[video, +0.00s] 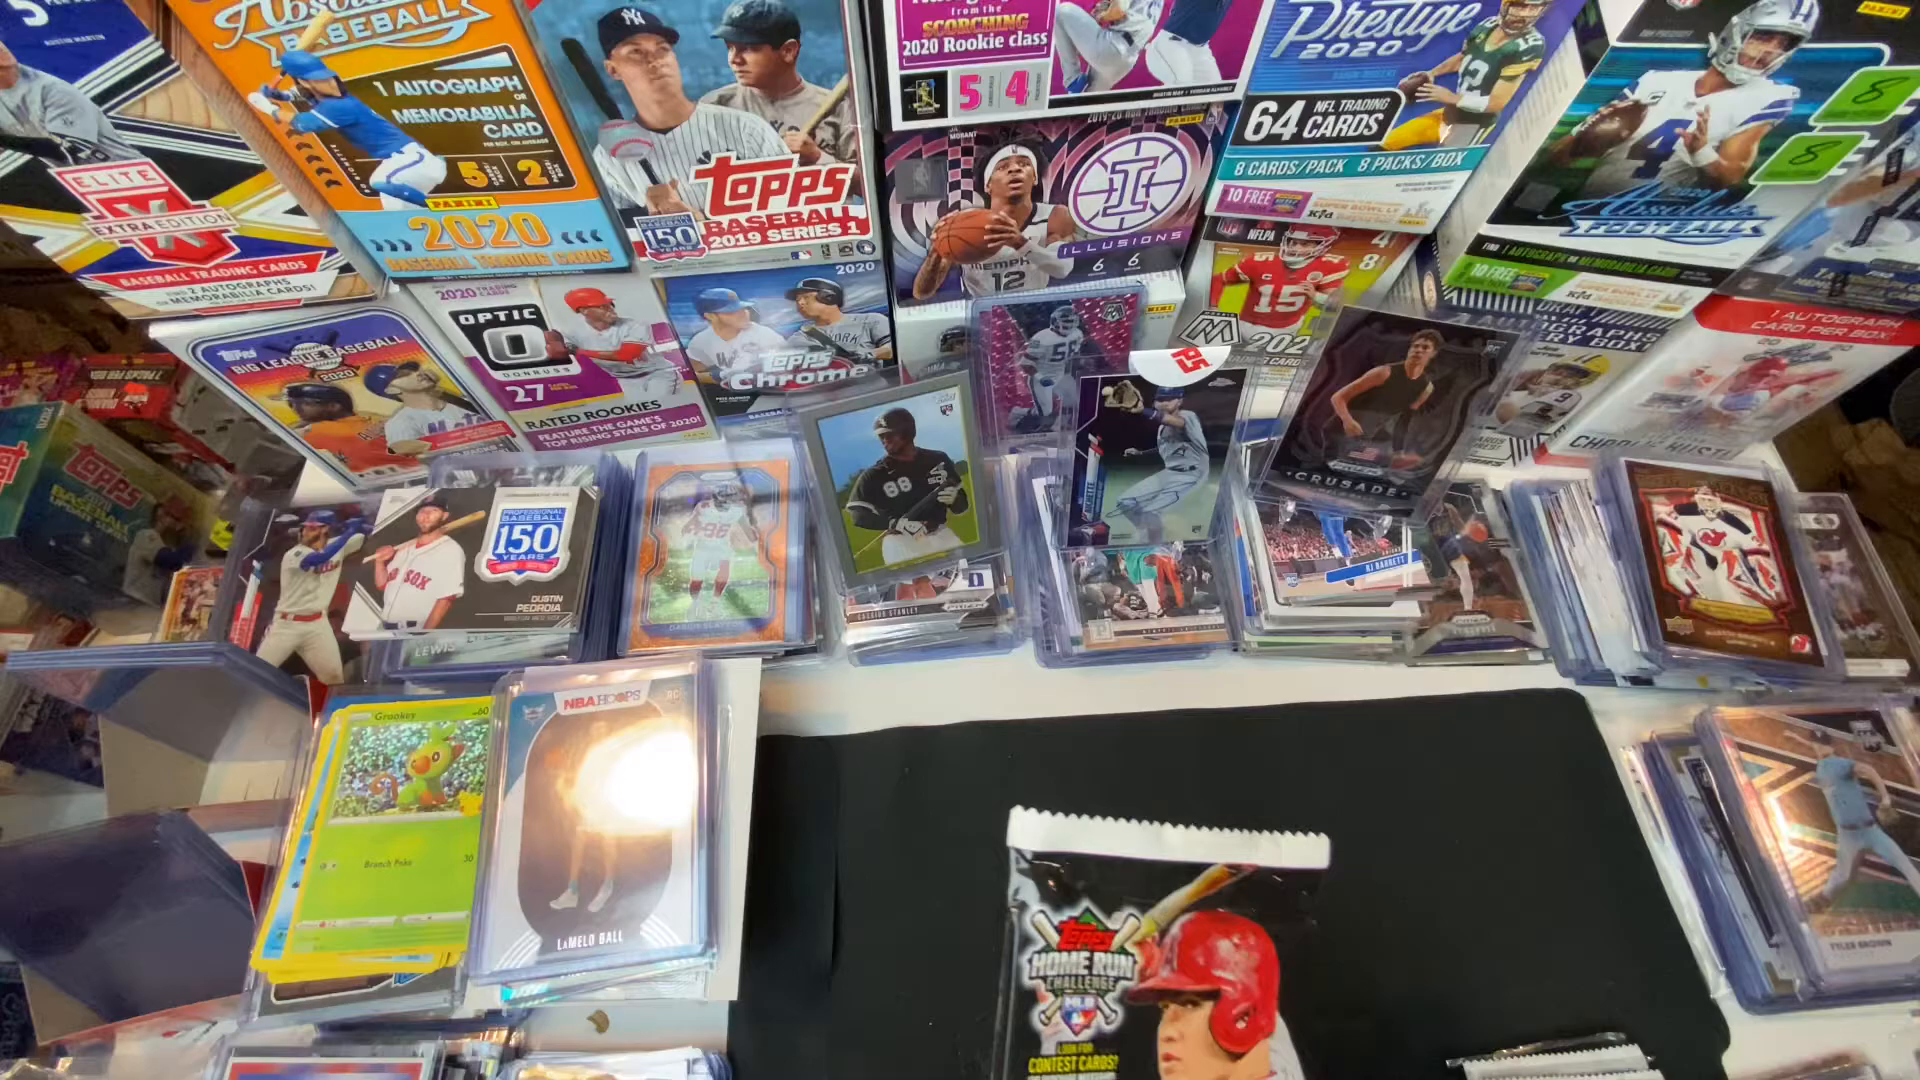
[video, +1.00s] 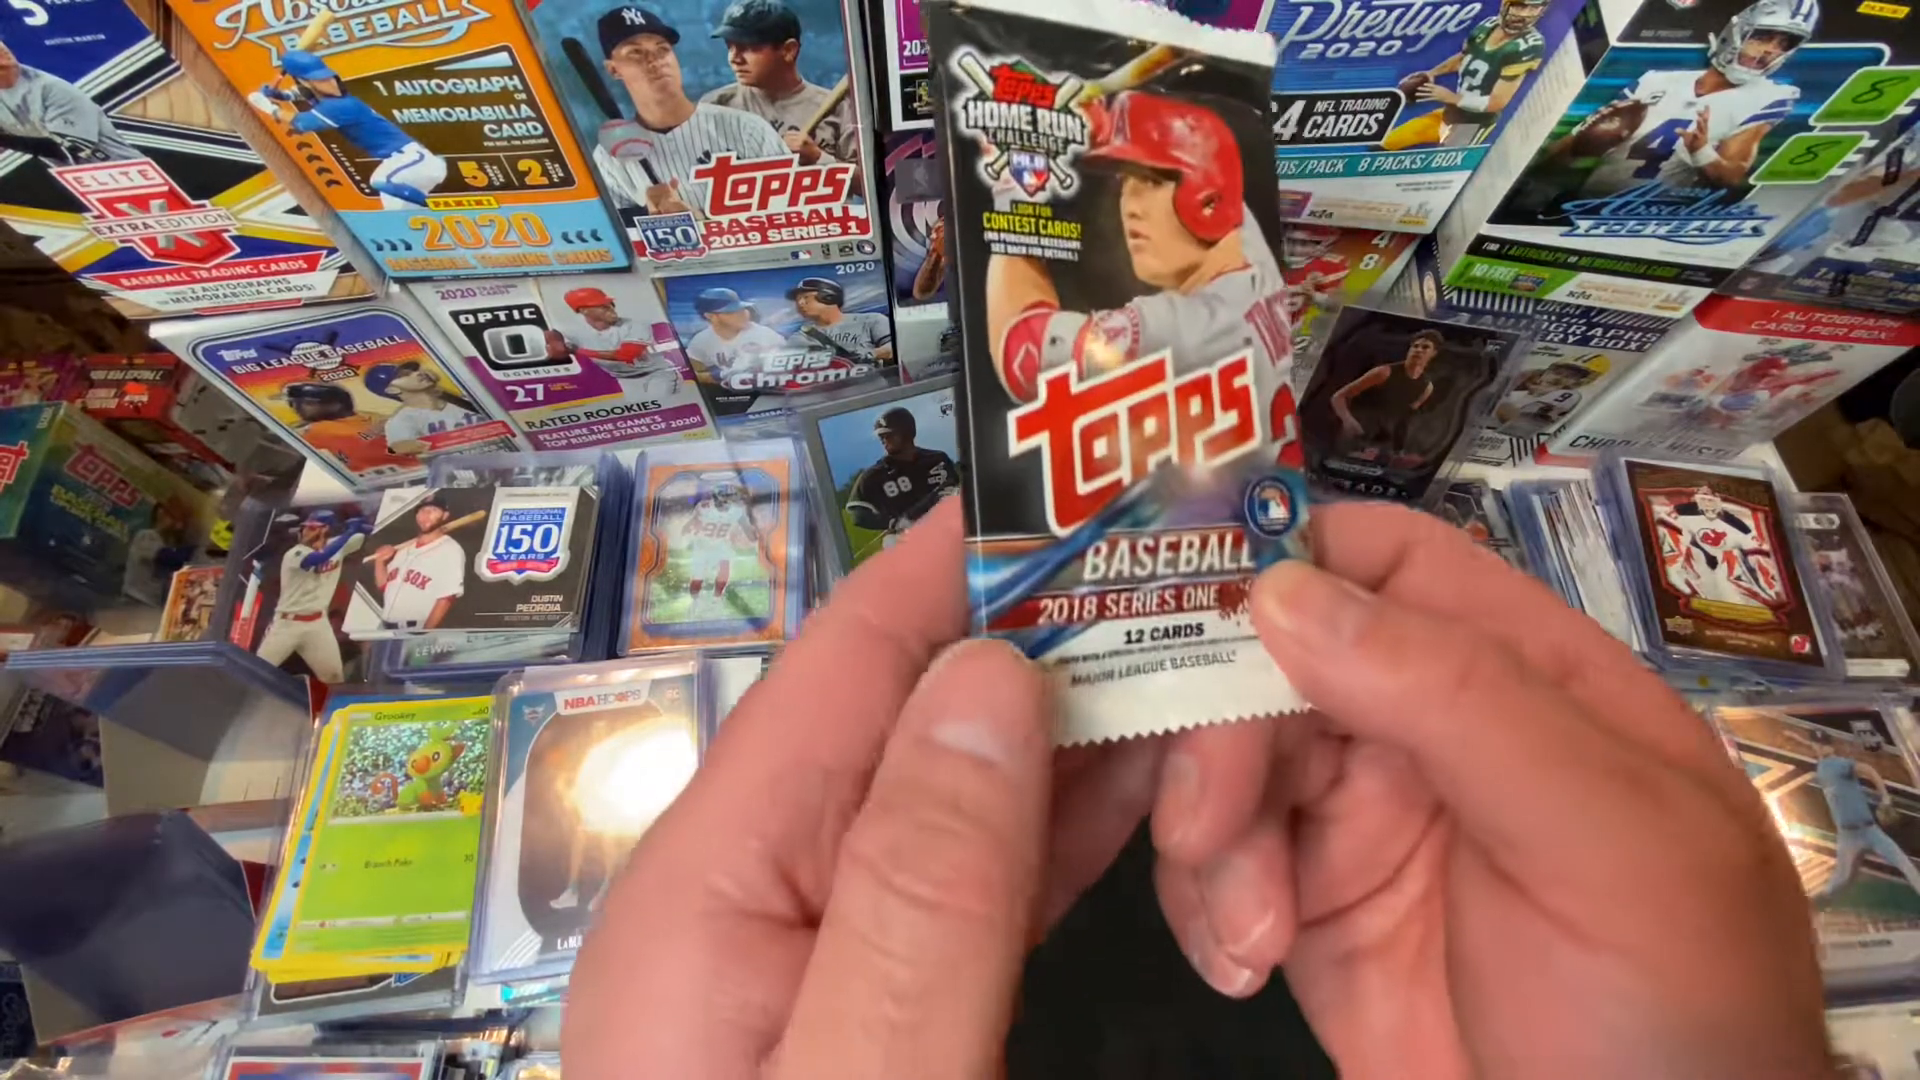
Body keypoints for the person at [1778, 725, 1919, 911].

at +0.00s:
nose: (1820, 749)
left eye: (1822, 744)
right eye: (1816, 746)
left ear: (1829, 744)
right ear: (1815, 749)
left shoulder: (1838, 764)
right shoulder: (1822, 767)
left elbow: (1869, 770)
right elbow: (1812, 746)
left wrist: (1885, 797)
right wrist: (1796, 737)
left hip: (1870, 828)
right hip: (1847, 833)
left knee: (1903, 862)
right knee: (1843, 874)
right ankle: (1824, 898)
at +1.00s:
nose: (1823, 751)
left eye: (1825, 746)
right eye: (1819, 748)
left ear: (1831, 746)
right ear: (1815, 750)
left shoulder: (1841, 765)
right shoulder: (1821, 768)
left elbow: (1869, 770)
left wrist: (1885, 797)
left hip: (1869, 829)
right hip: (1846, 834)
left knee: (1903, 862)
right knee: (1842, 876)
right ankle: (1820, 899)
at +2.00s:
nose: (1823, 749)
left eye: (1825, 744)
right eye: (1818, 746)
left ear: (1831, 745)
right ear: (1813, 748)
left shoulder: (1840, 764)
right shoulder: (1822, 767)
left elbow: (1869, 770)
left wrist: (1885, 797)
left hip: (1871, 829)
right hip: (1847, 834)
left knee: (1903, 863)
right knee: (1843, 876)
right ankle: (1824, 896)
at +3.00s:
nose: (1823, 750)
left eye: (1825, 745)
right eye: (1819, 746)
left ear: (1831, 745)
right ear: (1814, 748)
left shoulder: (1839, 764)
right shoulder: (1822, 767)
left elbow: (1868, 770)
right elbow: (1810, 745)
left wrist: (1885, 798)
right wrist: (1796, 737)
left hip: (1870, 829)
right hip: (1847, 834)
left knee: (1903, 862)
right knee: (1842, 875)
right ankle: (1824, 896)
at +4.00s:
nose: (1823, 749)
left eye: (1825, 744)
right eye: (1819, 745)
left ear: (1831, 745)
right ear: (1814, 748)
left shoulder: (1839, 764)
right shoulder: (1823, 767)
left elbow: (1868, 770)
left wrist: (1884, 797)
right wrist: (1796, 738)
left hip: (1871, 829)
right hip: (1847, 834)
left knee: (1904, 863)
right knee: (1842, 875)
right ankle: (1825, 896)